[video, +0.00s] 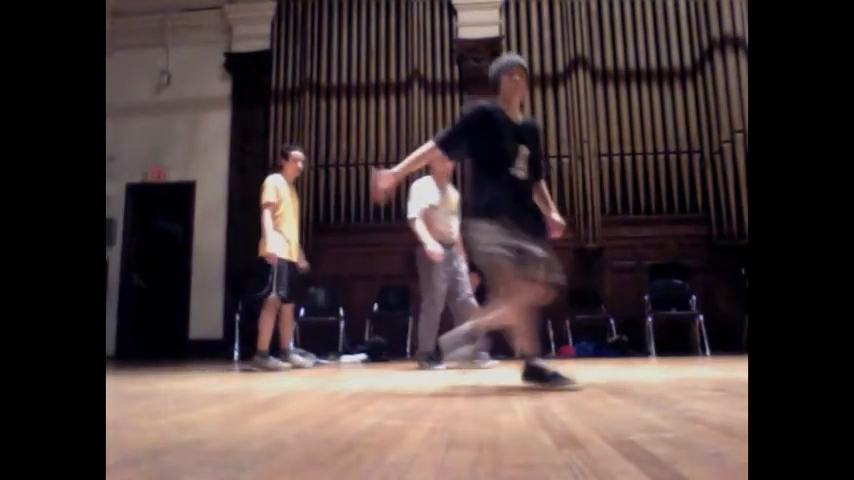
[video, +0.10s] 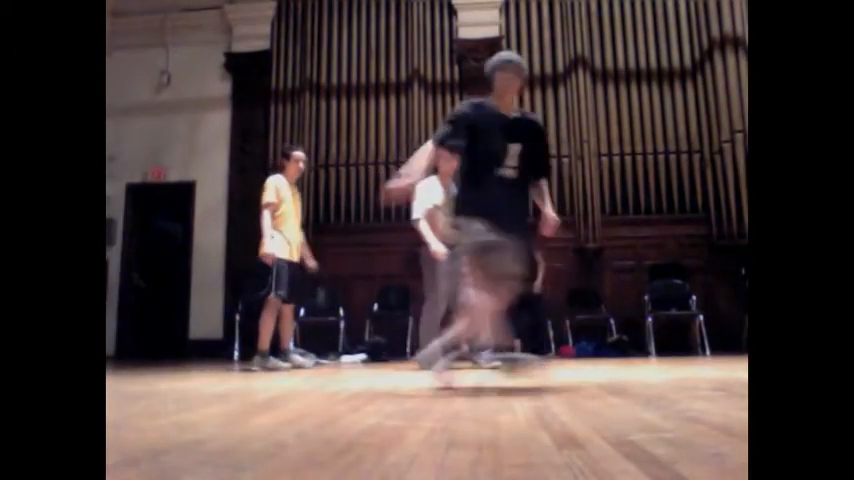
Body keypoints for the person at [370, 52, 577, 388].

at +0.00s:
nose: (519, 83)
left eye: (522, 77)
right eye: (513, 77)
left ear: (526, 83)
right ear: (501, 82)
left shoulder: (530, 130)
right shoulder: (482, 116)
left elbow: (535, 182)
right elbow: (436, 147)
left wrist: (551, 212)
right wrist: (396, 173)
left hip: (520, 225)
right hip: (484, 223)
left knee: (519, 292)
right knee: (533, 287)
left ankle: (533, 362)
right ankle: (458, 338)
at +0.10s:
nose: (510, 83)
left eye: (515, 77)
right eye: (506, 76)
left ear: (522, 82)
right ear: (494, 79)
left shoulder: (531, 127)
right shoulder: (471, 115)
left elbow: (538, 177)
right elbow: (439, 150)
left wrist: (547, 208)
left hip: (514, 220)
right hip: (474, 215)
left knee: (507, 289)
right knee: (479, 284)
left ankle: (442, 350)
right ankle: (486, 349)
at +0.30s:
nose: (478, 90)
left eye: (484, 84)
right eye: (473, 84)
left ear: (495, 88)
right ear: (464, 87)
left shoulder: (507, 128)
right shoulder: (449, 122)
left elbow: (519, 177)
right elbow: (442, 166)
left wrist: (503, 155)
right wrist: (487, 151)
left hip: (481, 228)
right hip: (438, 222)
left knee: (488, 289)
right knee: (412, 272)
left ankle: (429, 351)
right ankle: (370, 344)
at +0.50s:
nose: (452, 113)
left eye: (459, 106)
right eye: (447, 106)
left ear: (470, 109)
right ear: (440, 111)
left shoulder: (494, 150)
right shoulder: (427, 152)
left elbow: (511, 192)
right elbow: (391, 190)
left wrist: (514, 214)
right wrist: (352, 220)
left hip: (488, 239)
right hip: (443, 243)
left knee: (514, 289)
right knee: (407, 287)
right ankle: (400, 367)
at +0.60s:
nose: (452, 124)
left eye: (456, 116)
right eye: (445, 117)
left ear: (467, 117)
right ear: (436, 121)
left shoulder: (495, 152)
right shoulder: (426, 162)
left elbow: (517, 196)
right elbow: (389, 196)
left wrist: (513, 224)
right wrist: (354, 221)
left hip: (494, 249)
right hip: (448, 254)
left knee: (534, 292)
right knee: (411, 287)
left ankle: (585, 321)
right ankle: (399, 368)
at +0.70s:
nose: (453, 146)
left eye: (457, 137)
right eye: (448, 140)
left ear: (472, 134)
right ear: (445, 142)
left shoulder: (502, 161)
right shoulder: (448, 176)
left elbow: (532, 209)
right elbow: (441, 218)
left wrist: (525, 256)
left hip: (524, 253)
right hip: (479, 263)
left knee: (585, 297)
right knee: (442, 301)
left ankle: (636, 354)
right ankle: (404, 362)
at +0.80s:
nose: (472, 169)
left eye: (475, 161)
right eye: (467, 164)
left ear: (489, 156)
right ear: (461, 165)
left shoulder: (522, 185)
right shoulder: (471, 199)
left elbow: (541, 237)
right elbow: (469, 233)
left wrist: (545, 289)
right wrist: (461, 243)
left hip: (553, 261)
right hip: (503, 273)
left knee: (610, 305)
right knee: (466, 317)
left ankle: (642, 358)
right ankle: (413, 361)